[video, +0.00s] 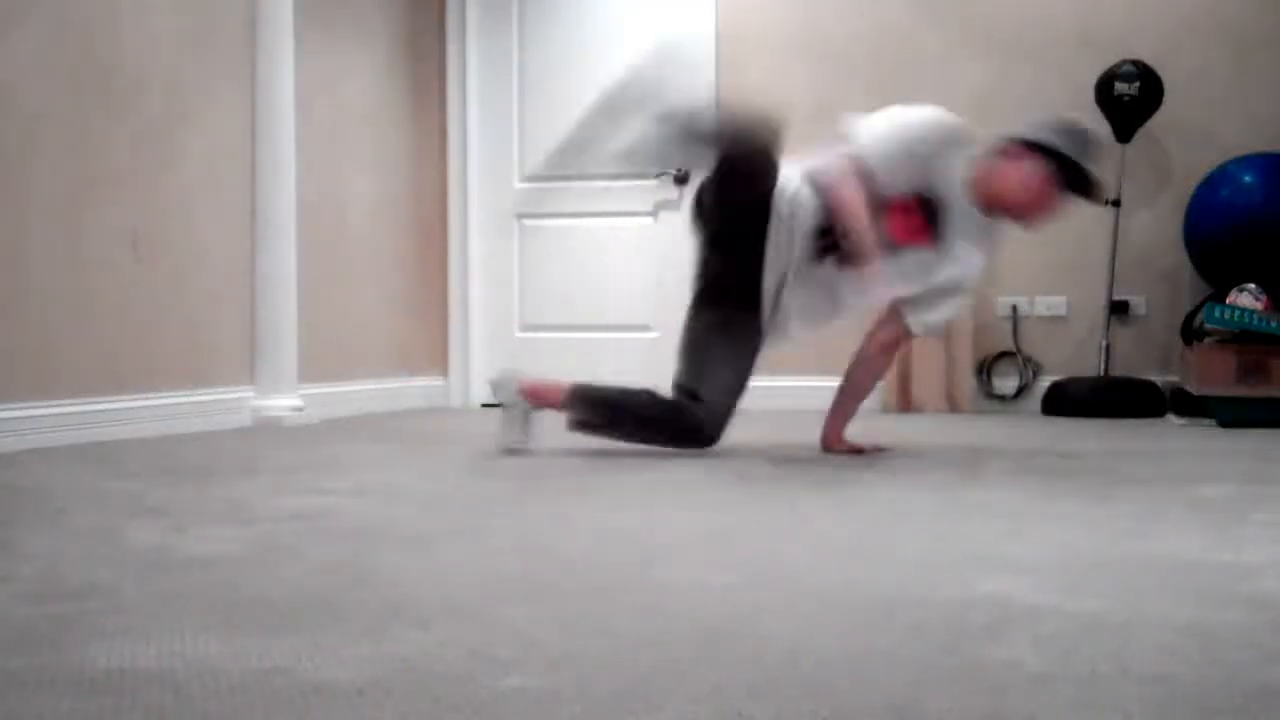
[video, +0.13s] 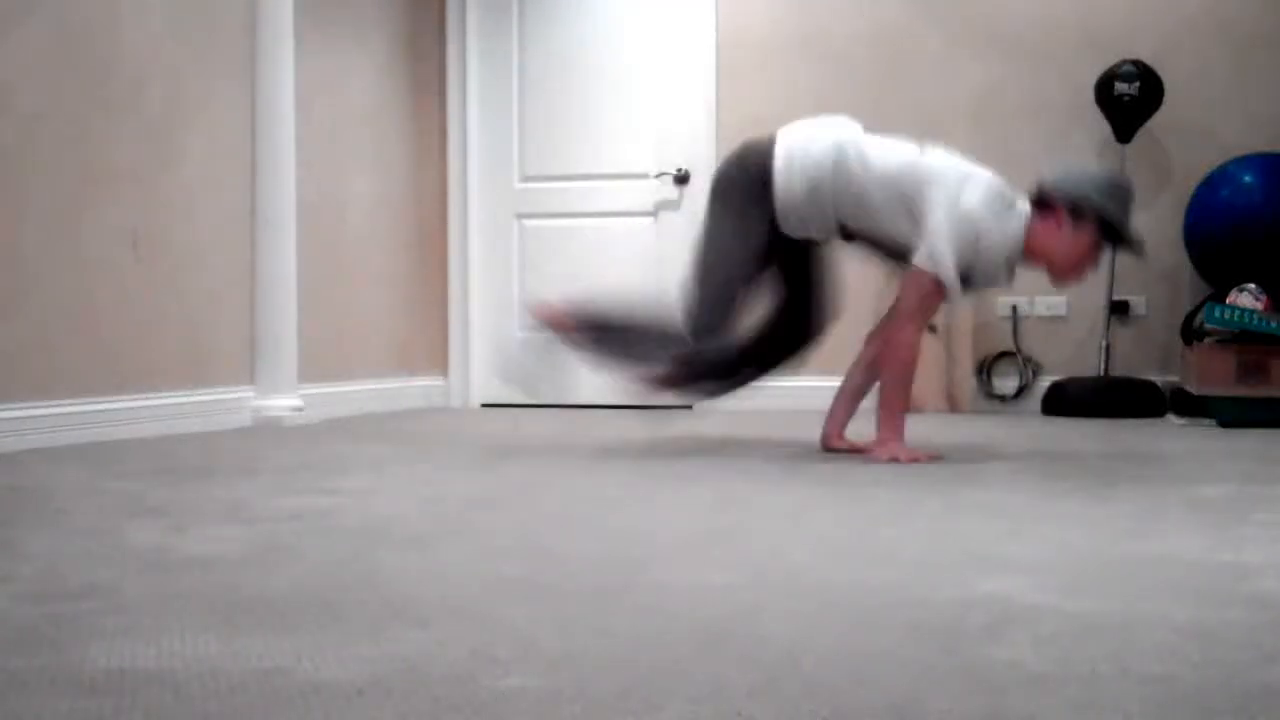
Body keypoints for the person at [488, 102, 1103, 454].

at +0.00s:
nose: (1043, 206)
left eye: (1056, 201)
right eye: (1049, 185)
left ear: (1044, 204)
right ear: (1020, 153)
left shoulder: (966, 263)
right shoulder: (938, 135)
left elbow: (889, 335)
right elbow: (833, 165)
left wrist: (832, 435)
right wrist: (870, 250)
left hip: (752, 305)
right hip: (754, 216)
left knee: (696, 423)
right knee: (757, 135)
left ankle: (533, 394)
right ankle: (667, 141)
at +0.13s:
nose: (1092, 262)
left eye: (1099, 251)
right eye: (1092, 244)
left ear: (1064, 227)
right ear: (1058, 220)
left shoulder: (995, 240)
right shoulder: (974, 211)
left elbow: (900, 323)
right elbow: (907, 327)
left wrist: (838, 426)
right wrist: (891, 438)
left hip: (806, 209)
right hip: (766, 178)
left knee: (799, 324)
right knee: (703, 334)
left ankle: (683, 383)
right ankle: (568, 322)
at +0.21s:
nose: (1091, 277)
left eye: (1101, 266)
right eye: (1096, 260)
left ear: (1057, 227)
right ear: (1063, 232)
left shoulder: (988, 227)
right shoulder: (957, 216)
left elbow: (893, 320)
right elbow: (899, 330)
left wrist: (846, 420)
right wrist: (890, 440)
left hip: (807, 187)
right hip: (763, 210)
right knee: (783, 396)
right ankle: (657, 384)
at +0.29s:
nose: (1074, 240)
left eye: (1082, 228)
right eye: (1074, 224)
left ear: (1040, 198)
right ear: (1041, 202)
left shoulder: (997, 183)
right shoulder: (924, 216)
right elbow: (886, 330)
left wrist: (917, 314)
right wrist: (885, 440)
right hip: (788, 249)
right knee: (901, 398)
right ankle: (803, 411)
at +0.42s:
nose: (990, 166)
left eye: (994, 155)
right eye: (983, 155)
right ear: (949, 147)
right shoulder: (869, 220)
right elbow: (871, 330)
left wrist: (1102, 126)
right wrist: (886, 440)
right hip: (854, 240)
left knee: (1021, 87)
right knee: (911, 318)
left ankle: (1114, 127)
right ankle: (1003, 379)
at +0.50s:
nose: (944, 136)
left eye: (944, 124)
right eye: (930, 129)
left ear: (945, 113)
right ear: (892, 131)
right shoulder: (846, 211)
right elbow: (873, 324)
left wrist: (1109, 92)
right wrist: (887, 440)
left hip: (948, 181)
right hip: (917, 261)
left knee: (1066, 84)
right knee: (1016, 354)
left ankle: (1170, 159)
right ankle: (1065, 408)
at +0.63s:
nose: (886, 120)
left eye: (884, 105)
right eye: (868, 119)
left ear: (885, 87)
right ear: (836, 133)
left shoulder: (900, 63)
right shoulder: (837, 212)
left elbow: (942, 8)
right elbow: (882, 317)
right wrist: (889, 437)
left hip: (991, 148)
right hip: (967, 236)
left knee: (1115, 97)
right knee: (1000, 357)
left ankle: (1199, 220)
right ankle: (1113, 404)